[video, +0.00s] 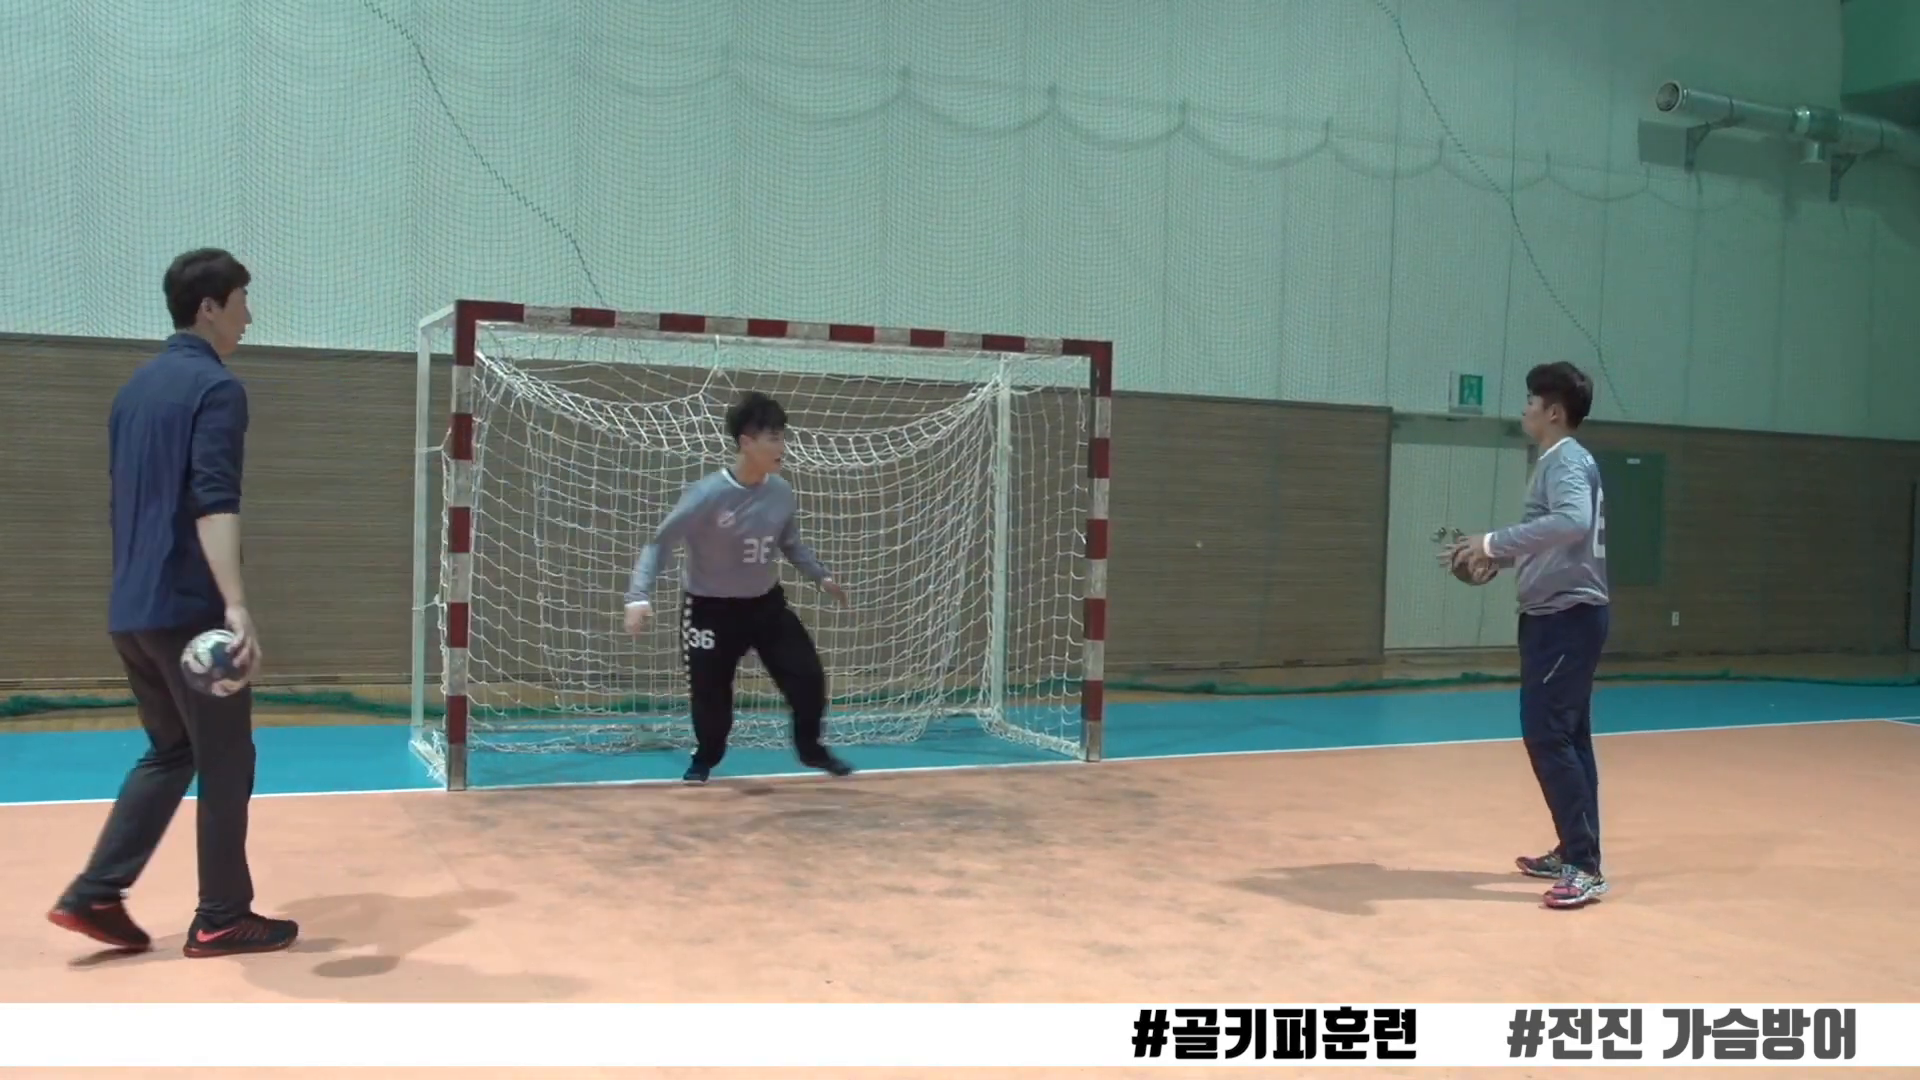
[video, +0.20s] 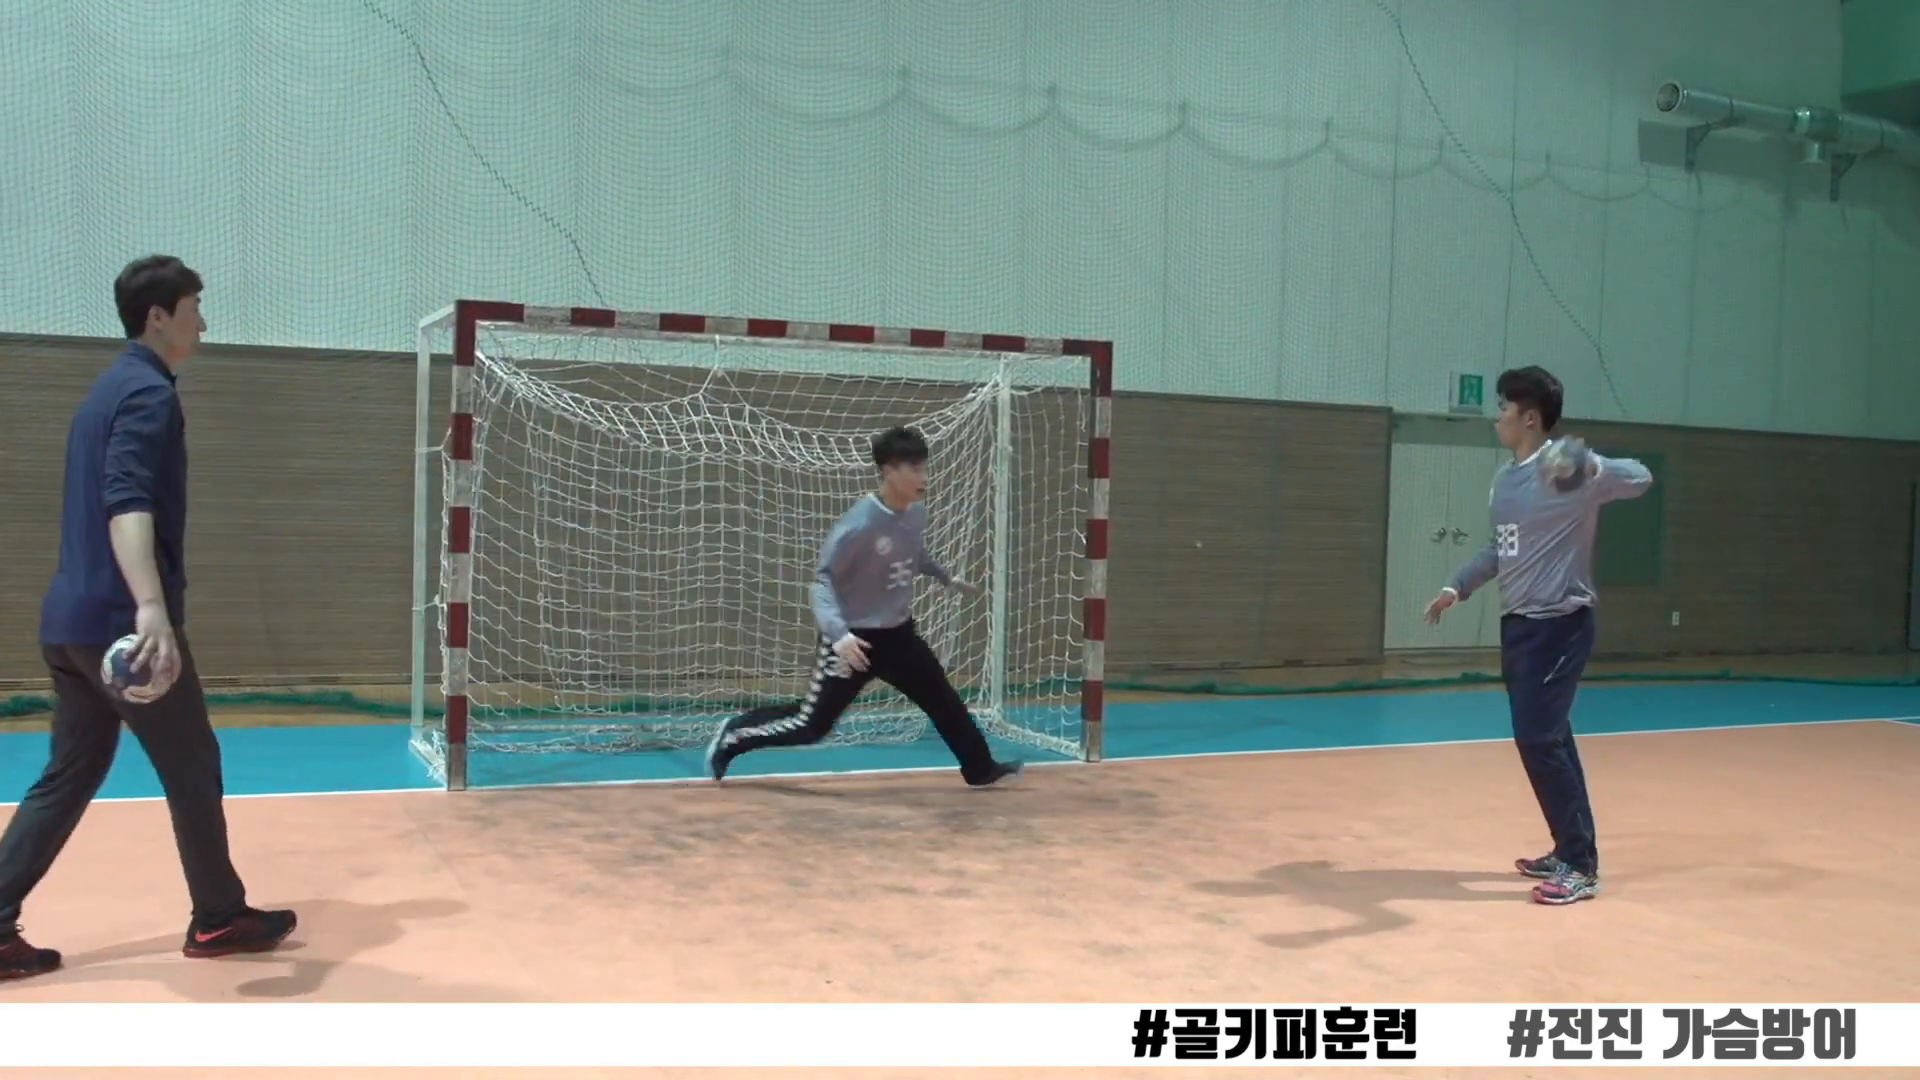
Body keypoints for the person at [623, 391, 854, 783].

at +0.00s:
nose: (781, 447)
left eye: (782, 438)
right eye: (772, 438)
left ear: (784, 441)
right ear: (745, 442)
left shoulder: (782, 493)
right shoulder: (706, 496)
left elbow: (791, 543)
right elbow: (657, 545)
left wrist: (822, 576)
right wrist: (637, 597)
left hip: (766, 607)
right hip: (711, 612)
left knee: (808, 680)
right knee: (710, 701)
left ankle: (811, 749)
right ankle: (706, 759)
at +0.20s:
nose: (924, 478)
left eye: (925, 469)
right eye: (915, 469)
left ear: (918, 471)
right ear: (889, 472)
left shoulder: (916, 516)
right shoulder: (857, 526)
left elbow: (916, 559)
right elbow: (821, 584)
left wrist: (949, 580)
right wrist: (839, 638)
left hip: (899, 638)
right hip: (853, 641)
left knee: (946, 704)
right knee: (811, 726)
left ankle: (982, 771)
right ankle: (735, 736)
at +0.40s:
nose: (1049, 495)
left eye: (1049, 487)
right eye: (1039, 488)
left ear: (1050, 490)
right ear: (1013, 493)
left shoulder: (1043, 540)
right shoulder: (982, 542)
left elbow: (1088, 560)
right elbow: (944, 592)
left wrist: (1142, 563)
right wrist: (912, 637)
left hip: (990, 635)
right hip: (950, 635)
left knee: (1033, 702)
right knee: (1009, 697)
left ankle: (997, 770)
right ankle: (1009, 806)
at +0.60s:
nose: (1109, 409)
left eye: (1109, 400)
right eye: (1099, 400)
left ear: (1103, 407)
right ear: (1071, 406)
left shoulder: (1107, 454)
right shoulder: (1047, 452)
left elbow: (1140, 438)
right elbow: (1032, 408)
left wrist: (1148, 389)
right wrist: (1065, 345)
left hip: (1077, 576)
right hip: (1041, 582)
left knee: (1116, 656)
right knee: (1088, 695)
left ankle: (1044, 719)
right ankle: (1096, 813)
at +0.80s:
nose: (1172, 331)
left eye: (1176, 322)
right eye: (1162, 320)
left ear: (1179, 327)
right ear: (1133, 320)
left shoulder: (1161, 382)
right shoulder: (1102, 363)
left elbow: (1181, 422)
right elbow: (1059, 352)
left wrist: (1225, 429)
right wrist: (1077, 301)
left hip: (1135, 505)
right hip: (1094, 500)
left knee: (1207, 592)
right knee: (1104, 579)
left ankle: (1136, 679)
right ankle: (1039, 694)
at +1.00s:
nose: (1215, 352)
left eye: (1222, 344)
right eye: (1204, 341)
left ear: (1227, 352)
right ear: (1174, 345)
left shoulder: (1219, 412)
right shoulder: (1157, 394)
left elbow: (1209, 492)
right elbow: (1139, 379)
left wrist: (1230, 539)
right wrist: (1151, 330)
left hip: (1201, 564)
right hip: (1151, 543)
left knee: (1239, 671)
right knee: (1129, 485)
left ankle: (1275, 793)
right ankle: (1082, 470)